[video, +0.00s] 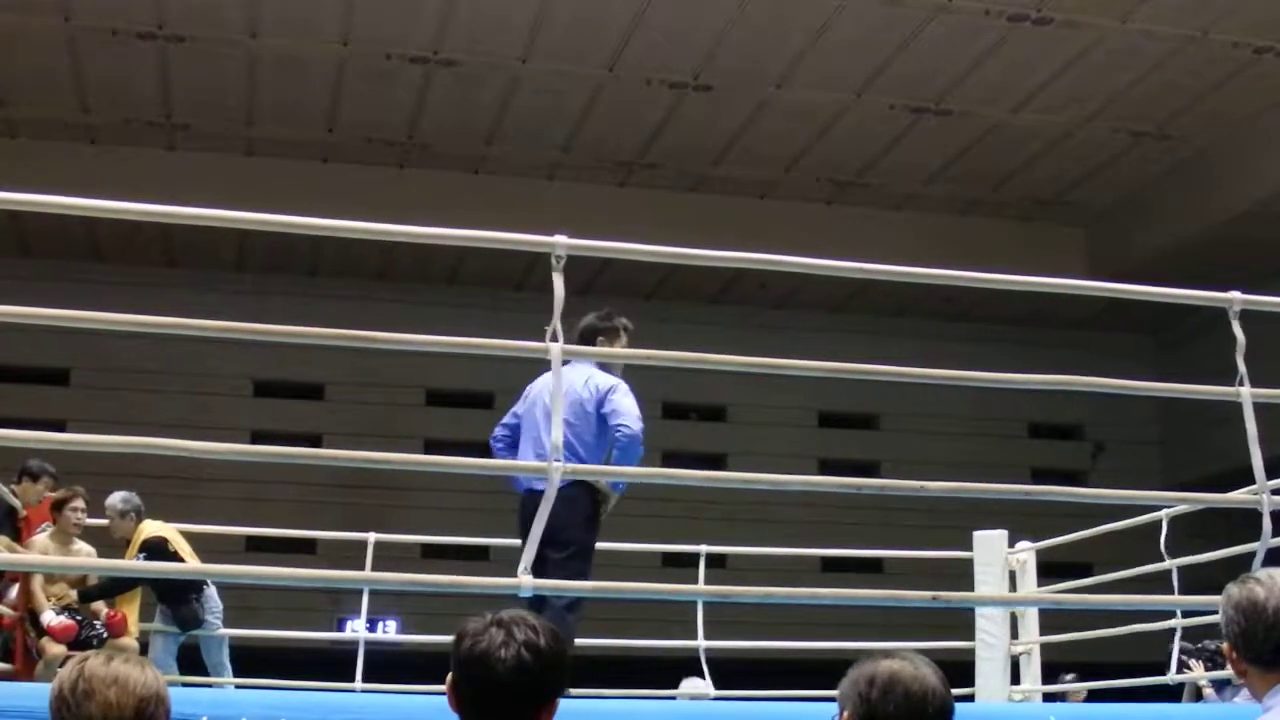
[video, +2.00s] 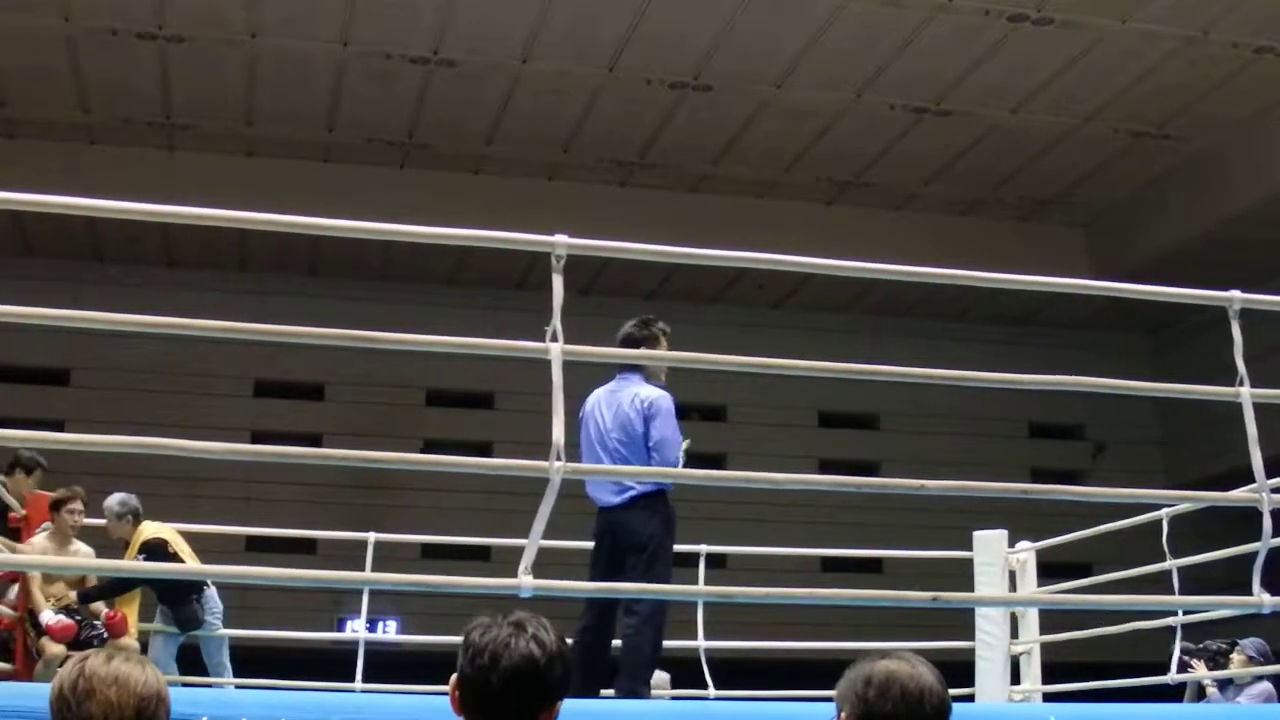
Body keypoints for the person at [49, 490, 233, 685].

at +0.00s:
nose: (108, 524)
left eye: (111, 519)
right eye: (107, 519)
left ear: (131, 519)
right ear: (130, 519)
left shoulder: (155, 541)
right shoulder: (140, 537)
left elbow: (126, 582)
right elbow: (125, 580)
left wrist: (79, 596)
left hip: (201, 600)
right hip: (170, 603)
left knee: (218, 666)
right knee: (160, 661)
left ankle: (231, 714)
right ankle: (174, 711)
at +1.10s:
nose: (105, 524)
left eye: (109, 519)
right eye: (106, 518)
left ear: (127, 521)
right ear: (127, 521)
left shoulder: (154, 542)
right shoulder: (136, 540)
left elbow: (125, 584)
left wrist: (79, 596)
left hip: (202, 601)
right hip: (170, 603)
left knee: (218, 666)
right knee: (160, 660)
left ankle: (229, 711)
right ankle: (177, 709)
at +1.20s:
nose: (105, 524)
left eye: (109, 518)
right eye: (106, 518)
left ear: (128, 520)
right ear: (128, 520)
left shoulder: (154, 541)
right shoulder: (137, 540)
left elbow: (124, 584)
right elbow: (123, 584)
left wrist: (79, 596)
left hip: (202, 600)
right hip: (171, 603)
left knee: (218, 666)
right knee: (160, 660)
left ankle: (229, 712)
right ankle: (176, 709)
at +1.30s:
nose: (106, 525)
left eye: (109, 519)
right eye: (106, 519)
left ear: (127, 521)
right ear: (127, 520)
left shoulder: (154, 542)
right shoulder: (138, 538)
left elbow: (126, 583)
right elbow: (124, 582)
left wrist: (79, 596)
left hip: (202, 600)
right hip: (171, 603)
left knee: (218, 666)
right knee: (160, 660)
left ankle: (229, 712)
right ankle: (176, 709)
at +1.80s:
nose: (106, 525)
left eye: (109, 520)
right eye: (106, 520)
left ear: (128, 521)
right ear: (129, 520)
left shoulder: (154, 543)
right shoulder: (139, 539)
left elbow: (125, 583)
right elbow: (127, 583)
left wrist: (78, 597)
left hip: (202, 600)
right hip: (171, 603)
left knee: (217, 665)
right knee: (160, 660)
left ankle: (230, 713)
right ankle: (173, 709)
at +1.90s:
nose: (105, 525)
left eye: (109, 519)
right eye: (106, 519)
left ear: (128, 520)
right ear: (128, 520)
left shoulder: (154, 543)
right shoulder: (139, 539)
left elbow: (124, 584)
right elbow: (125, 583)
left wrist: (79, 597)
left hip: (202, 600)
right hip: (171, 603)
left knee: (217, 664)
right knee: (159, 660)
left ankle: (230, 712)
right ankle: (175, 708)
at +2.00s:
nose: (106, 525)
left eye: (109, 519)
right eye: (106, 519)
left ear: (127, 520)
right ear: (128, 520)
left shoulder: (154, 542)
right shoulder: (138, 539)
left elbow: (125, 583)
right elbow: (125, 582)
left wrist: (79, 597)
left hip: (202, 600)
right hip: (171, 603)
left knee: (217, 665)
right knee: (160, 660)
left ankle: (230, 712)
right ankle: (175, 708)